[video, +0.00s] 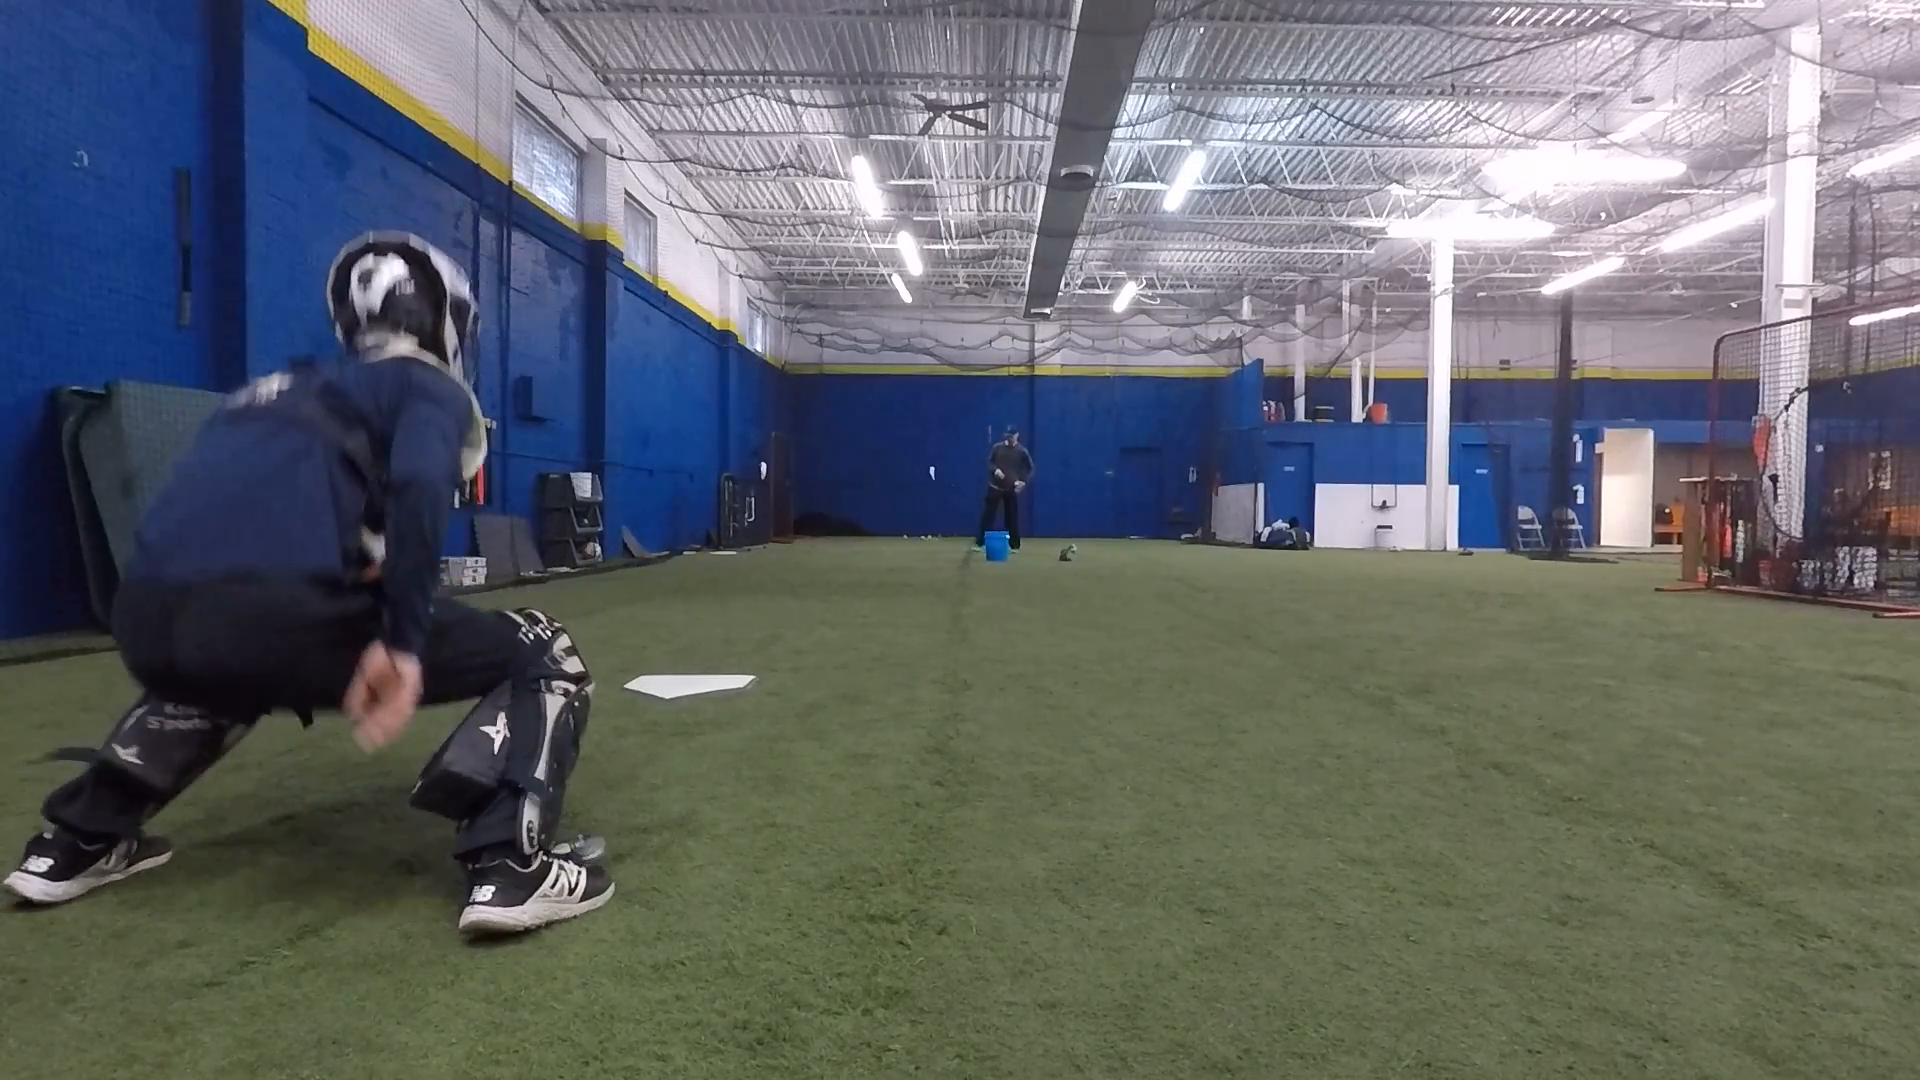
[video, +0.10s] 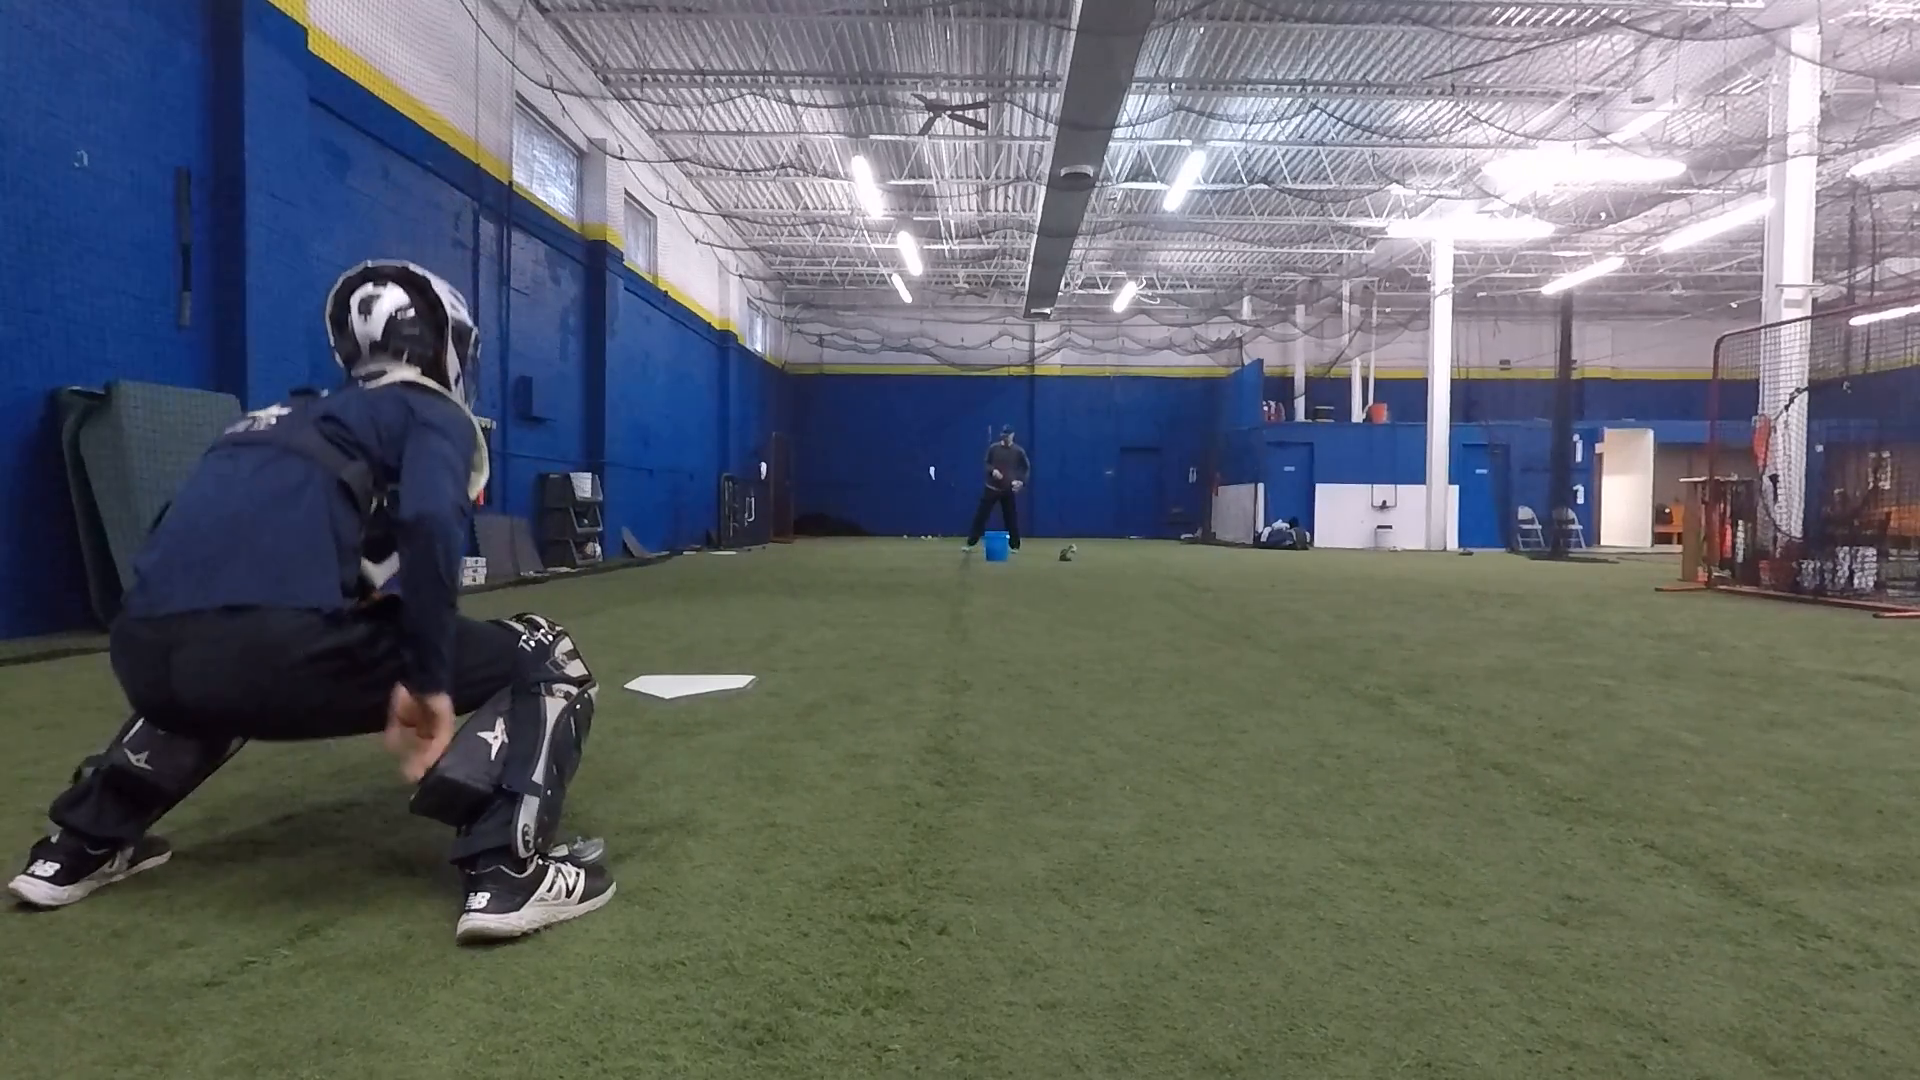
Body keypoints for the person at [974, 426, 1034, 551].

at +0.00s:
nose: (1009, 438)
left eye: (1012, 436)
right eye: (1007, 436)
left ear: (1017, 435)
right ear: (1004, 436)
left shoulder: (1022, 451)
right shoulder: (997, 448)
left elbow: (1031, 469)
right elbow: (990, 463)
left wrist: (1024, 482)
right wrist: (995, 470)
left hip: (1011, 489)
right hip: (995, 488)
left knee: (1012, 518)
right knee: (988, 515)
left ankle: (1014, 545)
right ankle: (980, 542)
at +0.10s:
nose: (1006, 437)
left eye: (1008, 434)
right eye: (1004, 434)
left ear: (1013, 435)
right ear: (1001, 435)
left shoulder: (1019, 451)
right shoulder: (993, 448)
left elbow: (1026, 468)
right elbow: (986, 464)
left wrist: (1021, 481)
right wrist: (992, 471)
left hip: (1008, 490)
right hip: (991, 489)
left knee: (1011, 518)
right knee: (981, 515)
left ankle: (1014, 546)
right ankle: (971, 543)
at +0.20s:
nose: (999, 438)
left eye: (1001, 436)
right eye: (997, 436)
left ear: (1007, 435)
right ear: (994, 437)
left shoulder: (1013, 452)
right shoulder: (987, 450)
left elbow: (1021, 469)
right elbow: (981, 465)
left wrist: (1017, 481)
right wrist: (989, 472)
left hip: (1004, 491)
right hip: (987, 491)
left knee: (1009, 519)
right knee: (977, 517)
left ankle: (1014, 546)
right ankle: (965, 544)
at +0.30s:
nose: (991, 438)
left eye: (993, 436)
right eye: (989, 436)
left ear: (999, 436)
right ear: (987, 437)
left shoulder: (1006, 452)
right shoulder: (981, 451)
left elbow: (1014, 469)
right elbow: (976, 467)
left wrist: (1011, 482)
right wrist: (981, 473)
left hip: (999, 492)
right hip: (983, 492)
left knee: (1005, 520)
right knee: (973, 519)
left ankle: (1014, 545)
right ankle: (963, 544)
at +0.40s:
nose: (984, 439)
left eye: (986, 436)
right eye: (982, 436)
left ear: (990, 436)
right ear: (979, 437)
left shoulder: (998, 452)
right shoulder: (973, 452)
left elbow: (1006, 468)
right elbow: (968, 468)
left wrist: (1004, 480)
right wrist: (972, 474)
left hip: (993, 492)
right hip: (977, 492)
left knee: (1001, 519)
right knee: (969, 520)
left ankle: (1013, 544)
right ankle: (963, 544)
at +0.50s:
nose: (975, 438)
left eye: (977, 435)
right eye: (974, 436)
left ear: (983, 435)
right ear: (972, 437)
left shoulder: (993, 451)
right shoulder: (967, 452)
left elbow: (999, 467)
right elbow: (963, 466)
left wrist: (997, 478)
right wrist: (964, 473)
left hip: (987, 491)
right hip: (971, 491)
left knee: (996, 518)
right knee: (966, 520)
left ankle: (1009, 543)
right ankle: (963, 545)